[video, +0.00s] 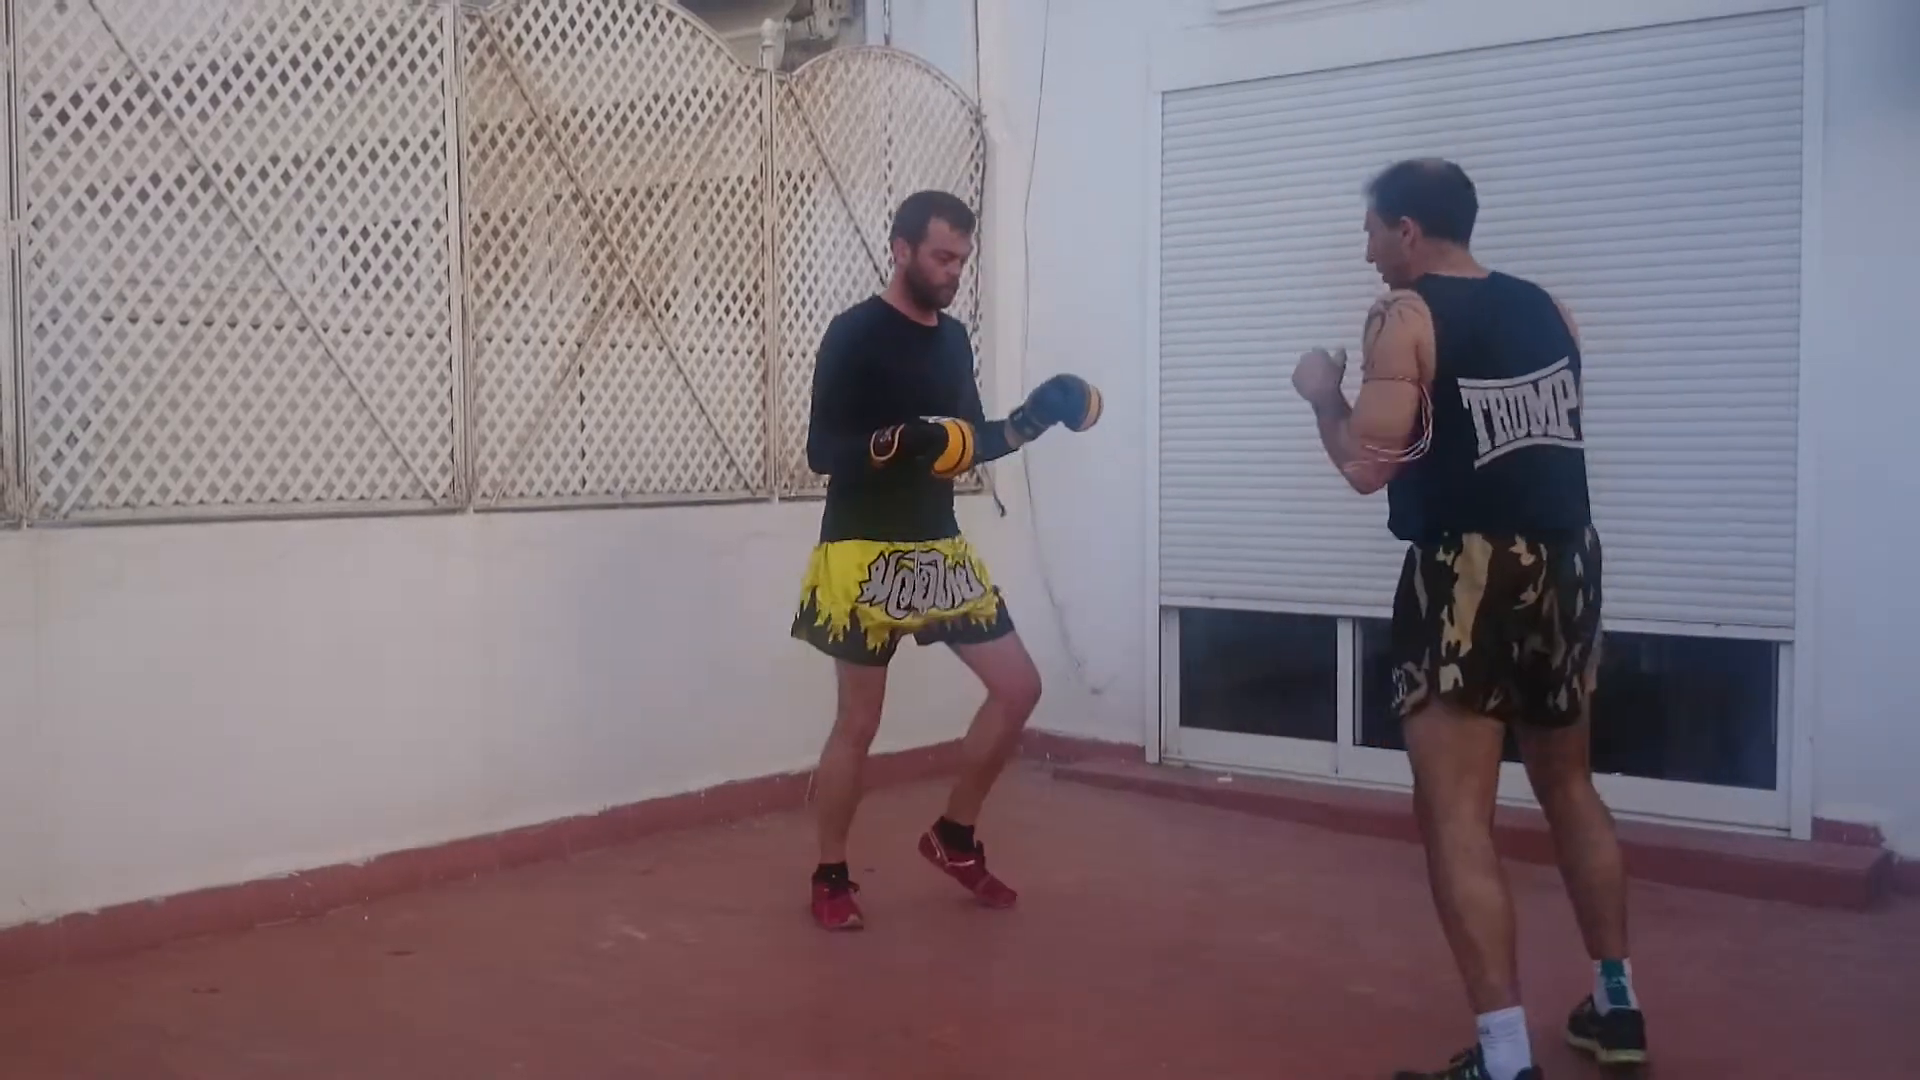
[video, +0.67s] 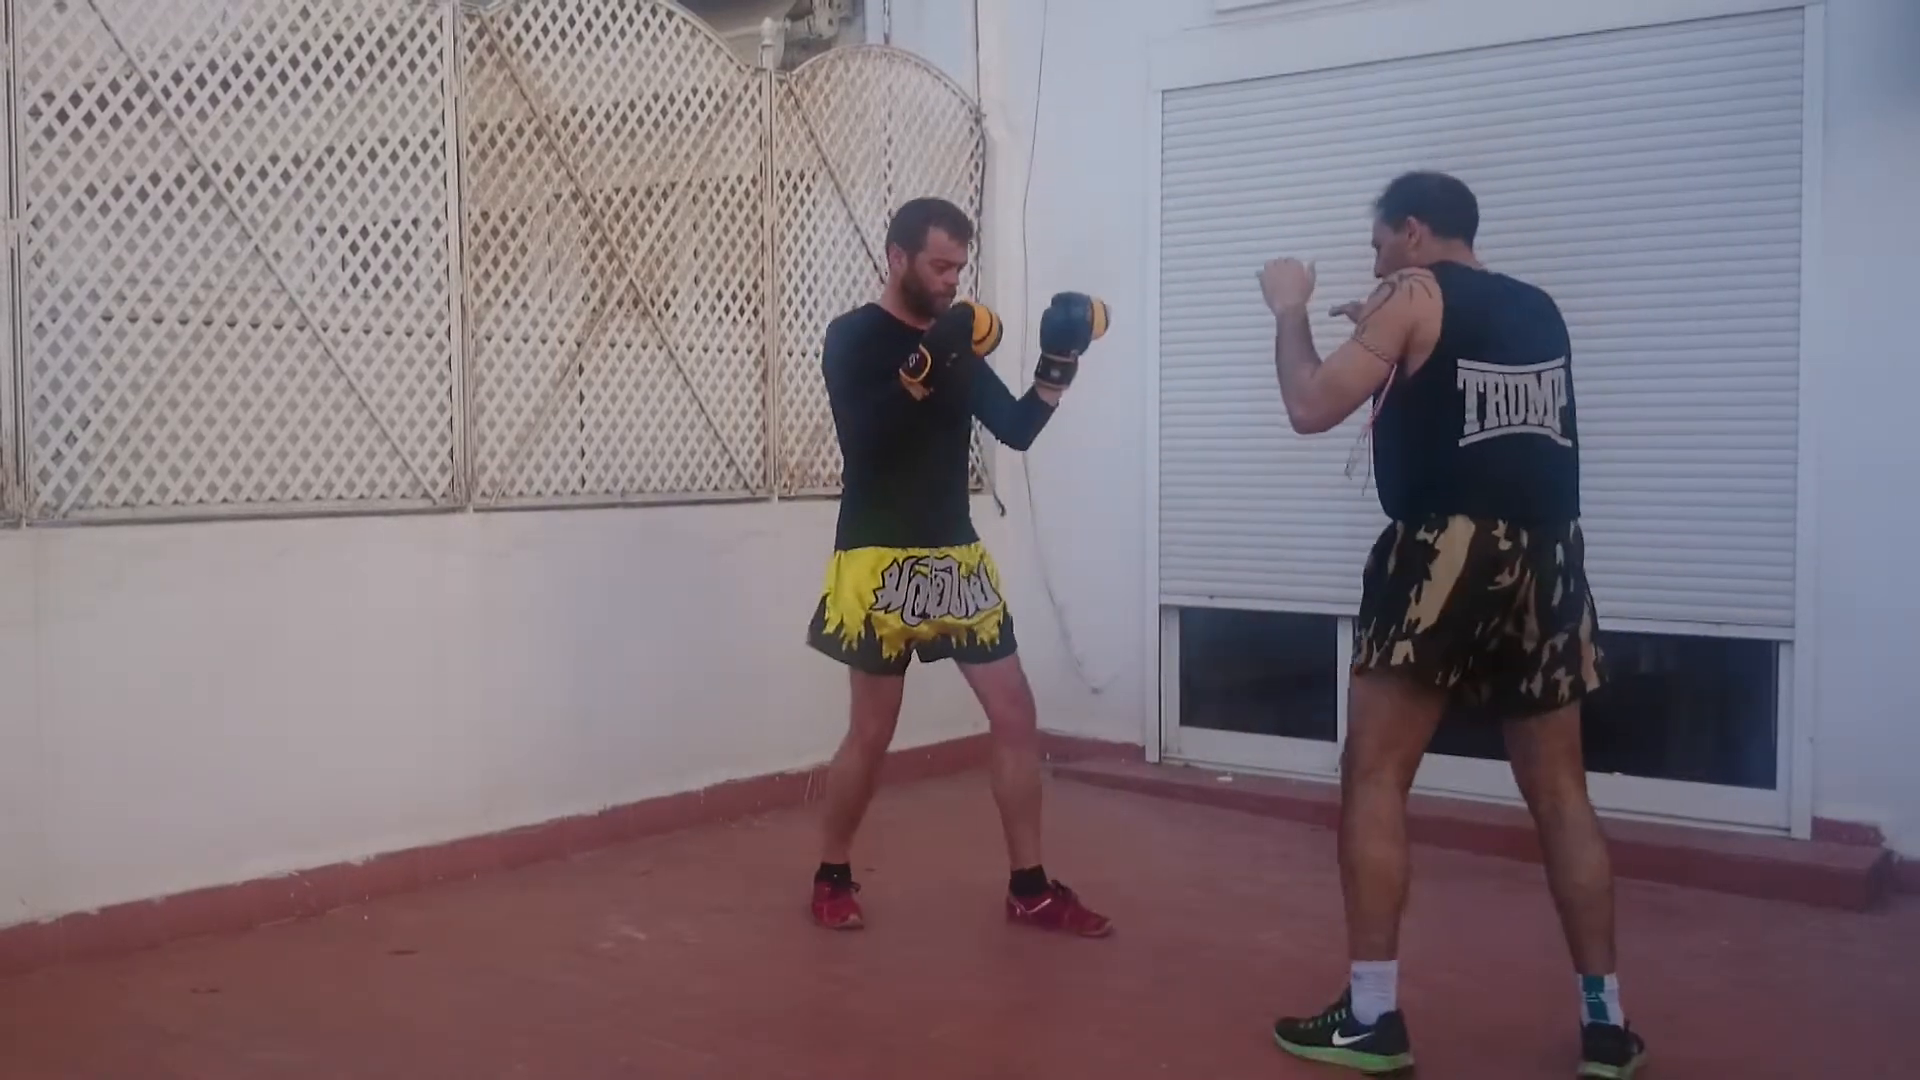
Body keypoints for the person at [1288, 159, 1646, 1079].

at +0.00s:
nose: (1369, 246)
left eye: (1372, 229)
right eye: (1368, 230)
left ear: (1408, 231)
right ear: (1460, 231)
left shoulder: (1408, 317)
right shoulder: (1543, 307)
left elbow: (1368, 463)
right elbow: (1536, 419)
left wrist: (1320, 392)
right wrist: (1422, 380)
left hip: (1461, 578)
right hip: (1565, 573)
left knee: (1459, 822)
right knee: (1569, 783)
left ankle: (1504, 1054)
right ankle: (1617, 1001)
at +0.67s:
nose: (1379, 264)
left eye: (1380, 249)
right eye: (1377, 252)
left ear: (1412, 233)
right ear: (1465, 232)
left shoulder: (1415, 299)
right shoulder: (1537, 308)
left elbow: (1311, 407)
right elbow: (1474, 389)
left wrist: (1288, 314)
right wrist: (1390, 332)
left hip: (1442, 561)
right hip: (1550, 569)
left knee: (1376, 778)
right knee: (1561, 790)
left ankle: (1369, 1014)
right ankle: (1606, 1021)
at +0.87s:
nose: (1361, 284)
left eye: (1362, 270)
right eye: (1359, 273)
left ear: (1394, 252)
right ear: (1443, 252)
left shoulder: (1399, 314)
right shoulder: (1516, 324)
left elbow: (1296, 422)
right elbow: (1459, 403)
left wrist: (1274, 335)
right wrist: (1371, 358)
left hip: (1416, 565)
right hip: (1527, 580)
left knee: (1279, 719)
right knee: (1548, 797)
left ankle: (1301, 935)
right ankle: (1603, 1017)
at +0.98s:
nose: (1341, 309)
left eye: (1342, 295)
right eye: (1341, 297)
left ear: (1366, 283)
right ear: (1419, 284)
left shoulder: (1370, 338)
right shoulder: (1492, 348)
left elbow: (1264, 436)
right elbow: (1441, 421)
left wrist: (1252, 349)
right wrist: (1355, 370)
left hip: (1394, 580)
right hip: (1503, 590)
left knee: (1248, 722)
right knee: (1532, 807)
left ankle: (1194, 931)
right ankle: (1602, 1018)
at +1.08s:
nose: (1289, 360)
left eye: (1292, 348)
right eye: (1289, 350)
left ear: (1315, 342)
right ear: (1371, 341)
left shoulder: (1305, 388)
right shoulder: (1444, 386)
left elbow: (1197, 483)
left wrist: (1219, 414)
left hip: (1353, 604)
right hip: (1471, 611)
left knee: (1222, 753)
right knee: (1523, 810)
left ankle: (1111, 912)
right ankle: (1599, 1016)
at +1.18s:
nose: (1217, 420)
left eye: (1219, 411)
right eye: (1221, 413)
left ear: (1234, 408)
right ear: (1296, 396)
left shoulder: (1222, 450)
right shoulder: (1366, 408)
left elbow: (1123, 551)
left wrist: (1172, 496)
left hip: (1291, 615)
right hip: (1406, 609)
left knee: (1202, 774)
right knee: (1508, 805)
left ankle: (1095, 934)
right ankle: (1597, 1014)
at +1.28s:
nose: (1160, 459)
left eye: (1160, 447)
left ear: (1166, 447)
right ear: (1223, 420)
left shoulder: (1156, 488)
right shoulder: (1286, 423)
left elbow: (1090, 598)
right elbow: (1363, 508)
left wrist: (1113, 603)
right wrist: (1295, 464)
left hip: (1231, 601)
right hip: (1344, 585)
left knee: (1159, 758)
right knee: (1465, 791)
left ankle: (1088, 933)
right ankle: (1569, 999)